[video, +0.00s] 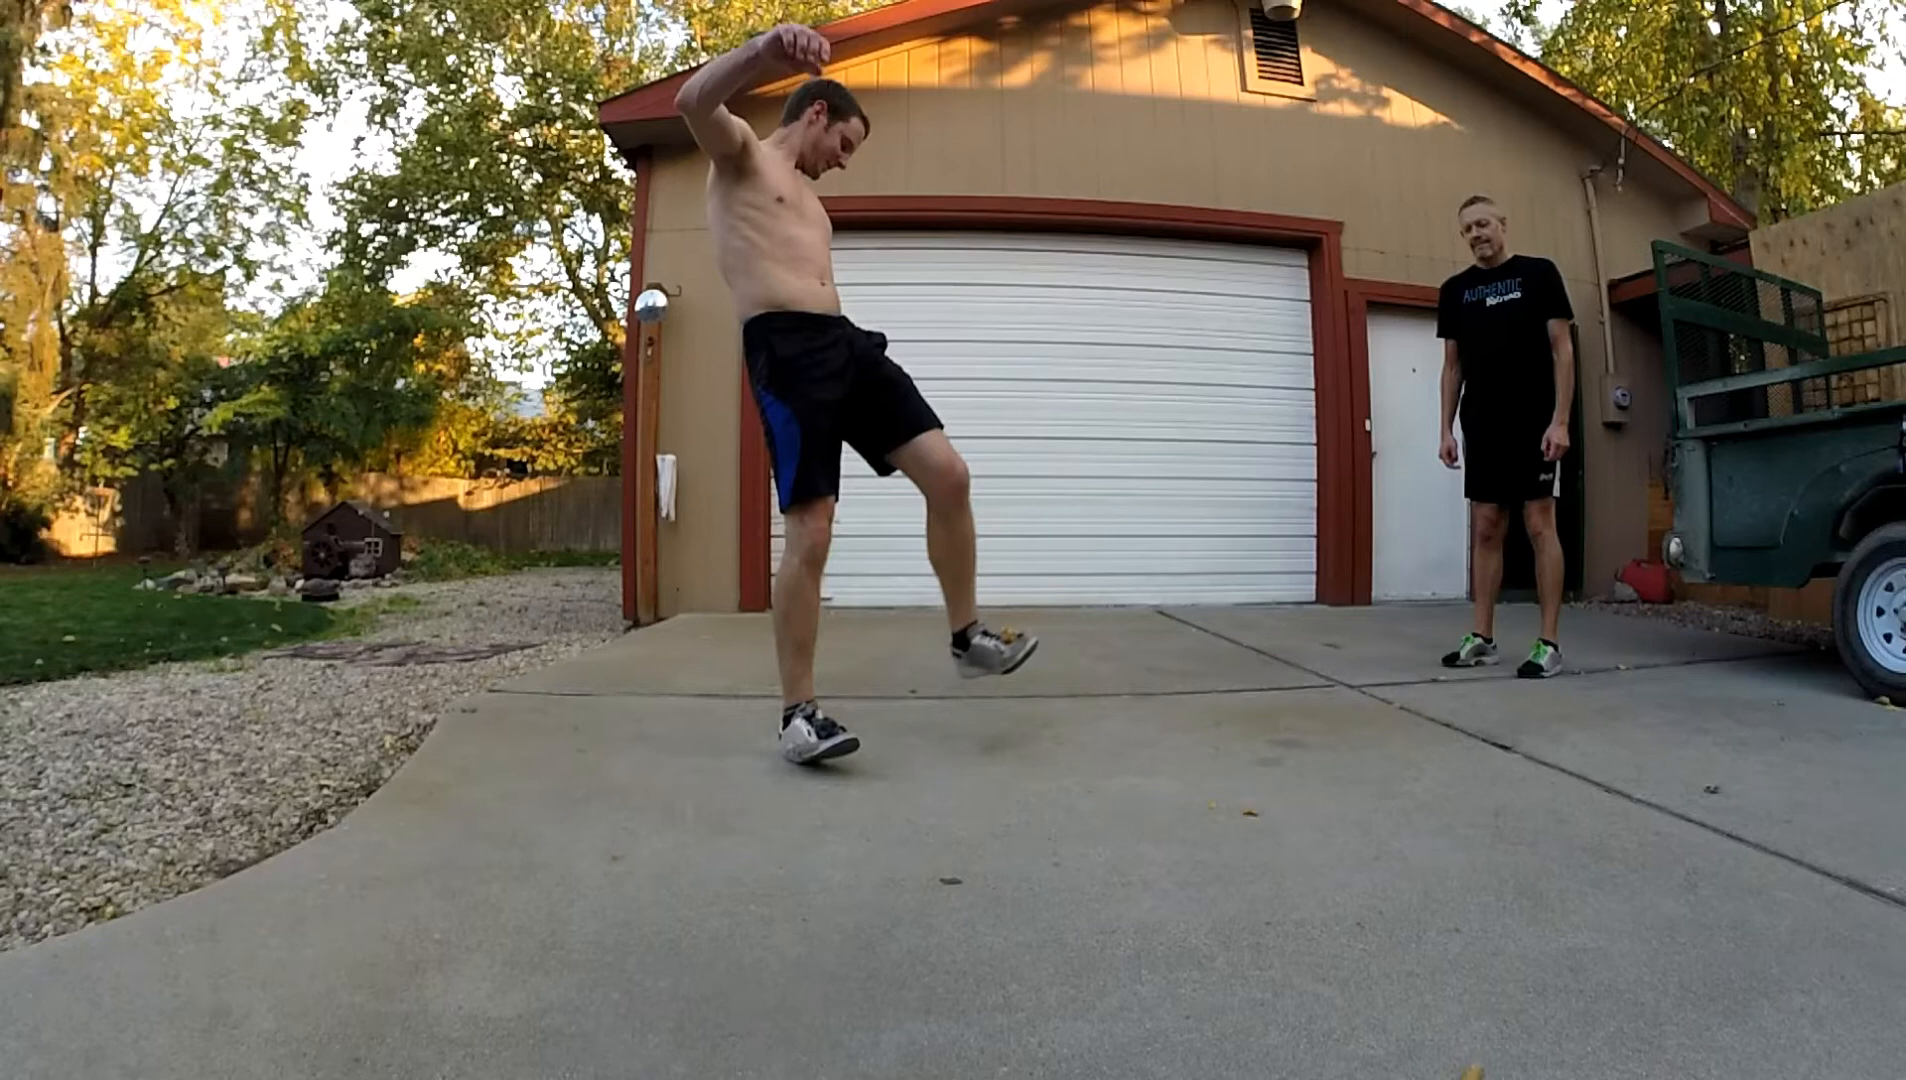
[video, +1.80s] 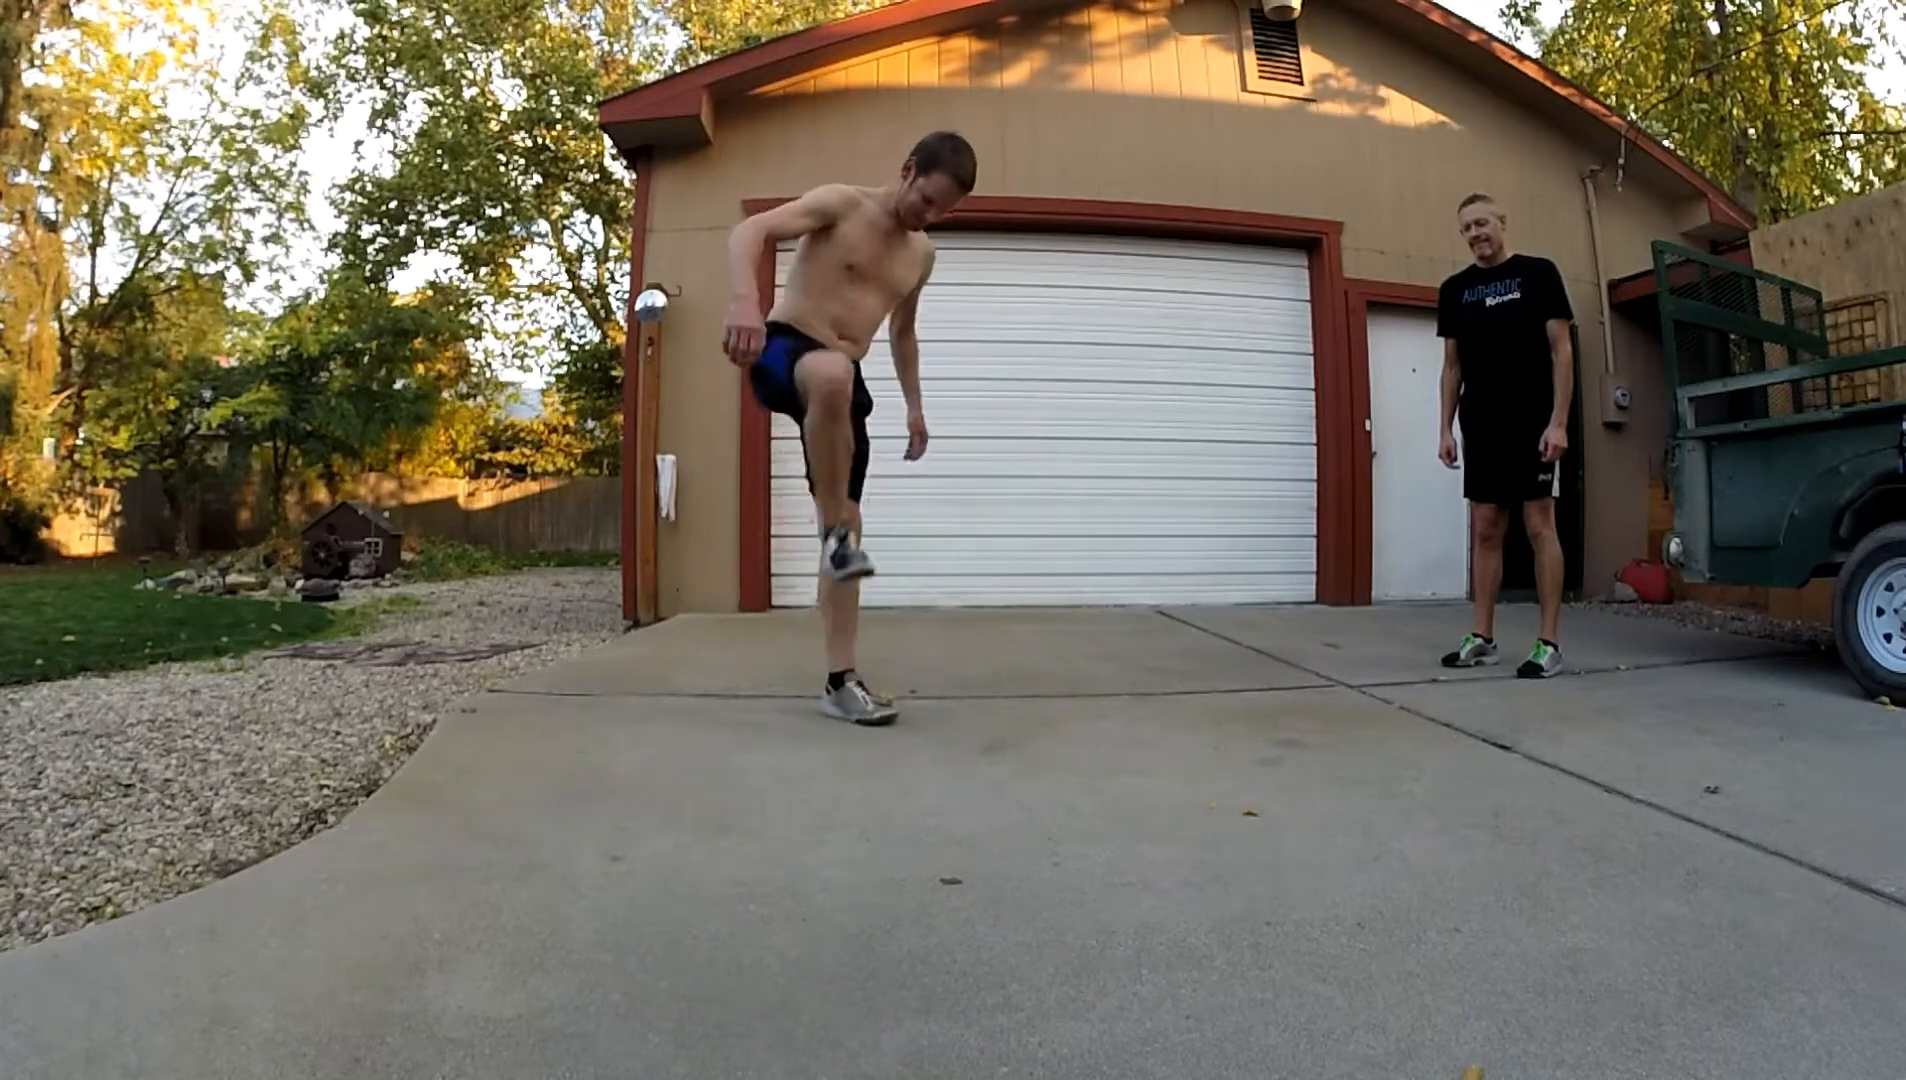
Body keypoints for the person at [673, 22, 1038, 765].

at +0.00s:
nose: (841, 161)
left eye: (849, 152)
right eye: (843, 145)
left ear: (824, 129)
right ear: (814, 114)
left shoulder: (806, 196)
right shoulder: (740, 152)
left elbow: (812, 280)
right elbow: (697, 98)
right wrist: (765, 52)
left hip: (845, 345)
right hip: (784, 351)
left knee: (948, 476)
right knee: (808, 537)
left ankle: (967, 636)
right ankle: (798, 715)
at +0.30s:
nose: (869, 179)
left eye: (876, 175)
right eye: (871, 164)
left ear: (849, 151)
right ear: (844, 135)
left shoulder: (831, 211)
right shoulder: (774, 155)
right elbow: (722, 76)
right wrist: (775, 4)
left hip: (843, 356)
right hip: (788, 351)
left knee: (877, 526)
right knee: (808, 530)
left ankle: (849, 664)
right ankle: (798, 710)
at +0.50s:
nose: (902, 215)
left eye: (908, 210)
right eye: (903, 200)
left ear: (886, 188)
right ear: (879, 170)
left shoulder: (851, 237)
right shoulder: (816, 180)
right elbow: (757, 124)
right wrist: (821, 69)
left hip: (832, 372)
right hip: (781, 362)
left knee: (852, 534)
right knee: (810, 524)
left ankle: (835, 683)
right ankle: (800, 705)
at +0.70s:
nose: (910, 233)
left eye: (918, 229)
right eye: (913, 220)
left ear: (902, 205)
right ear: (894, 188)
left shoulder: (868, 248)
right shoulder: (834, 194)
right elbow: (761, 169)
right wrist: (816, 181)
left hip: (832, 376)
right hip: (782, 363)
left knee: (852, 534)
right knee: (802, 523)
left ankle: (838, 680)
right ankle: (796, 698)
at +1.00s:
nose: (907, 211)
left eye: (915, 204)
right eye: (907, 196)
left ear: (898, 185)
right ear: (883, 166)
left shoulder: (866, 234)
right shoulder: (827, 187)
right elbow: (744, 222)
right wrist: (761, 284)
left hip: (838, 372)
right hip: (792, 360)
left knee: (848, 532)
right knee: (808, 523)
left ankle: (839, 680)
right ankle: (783, 690)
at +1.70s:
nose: (926, 212)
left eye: (939, 205)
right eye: (923, 196)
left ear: (947, 198)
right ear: (902, 168)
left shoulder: (914, 251)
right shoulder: (836, 204)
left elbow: (891, 329)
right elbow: (751, 247)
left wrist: (896, 408)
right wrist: (757, 315)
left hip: (850, 382)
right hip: (791, 361)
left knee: (860, 530)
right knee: (829, 471)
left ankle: (843, 674)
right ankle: (805, 634)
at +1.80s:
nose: (930, 217)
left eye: (943, 210)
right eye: (928, 200)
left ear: (955, 205)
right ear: (908, 171)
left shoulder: (921, 254)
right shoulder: (842, 202)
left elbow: (904, 332)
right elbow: (750, 231)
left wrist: (915, 407)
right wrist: (746, 303)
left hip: (844, 372)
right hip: (784, 347)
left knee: (844, 525)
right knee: (834, 372)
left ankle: (842, 679)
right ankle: (837, 529)